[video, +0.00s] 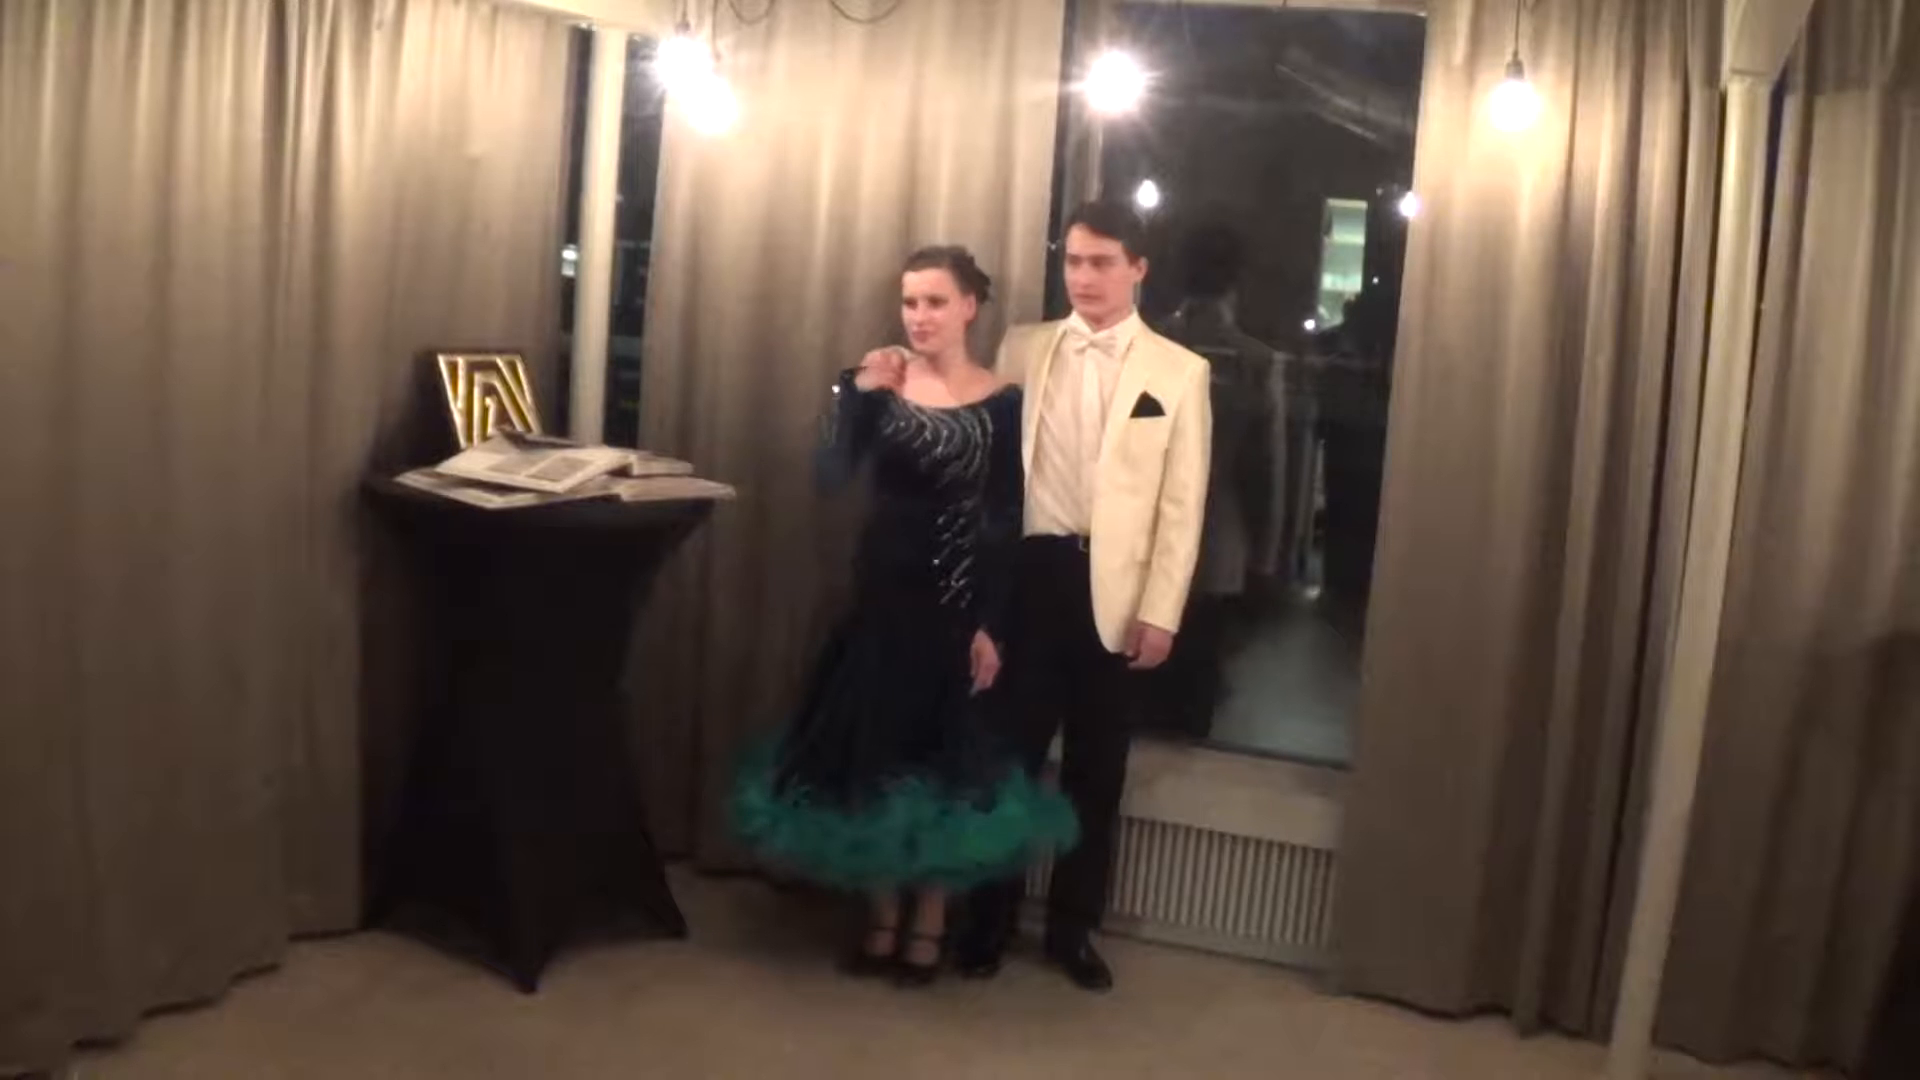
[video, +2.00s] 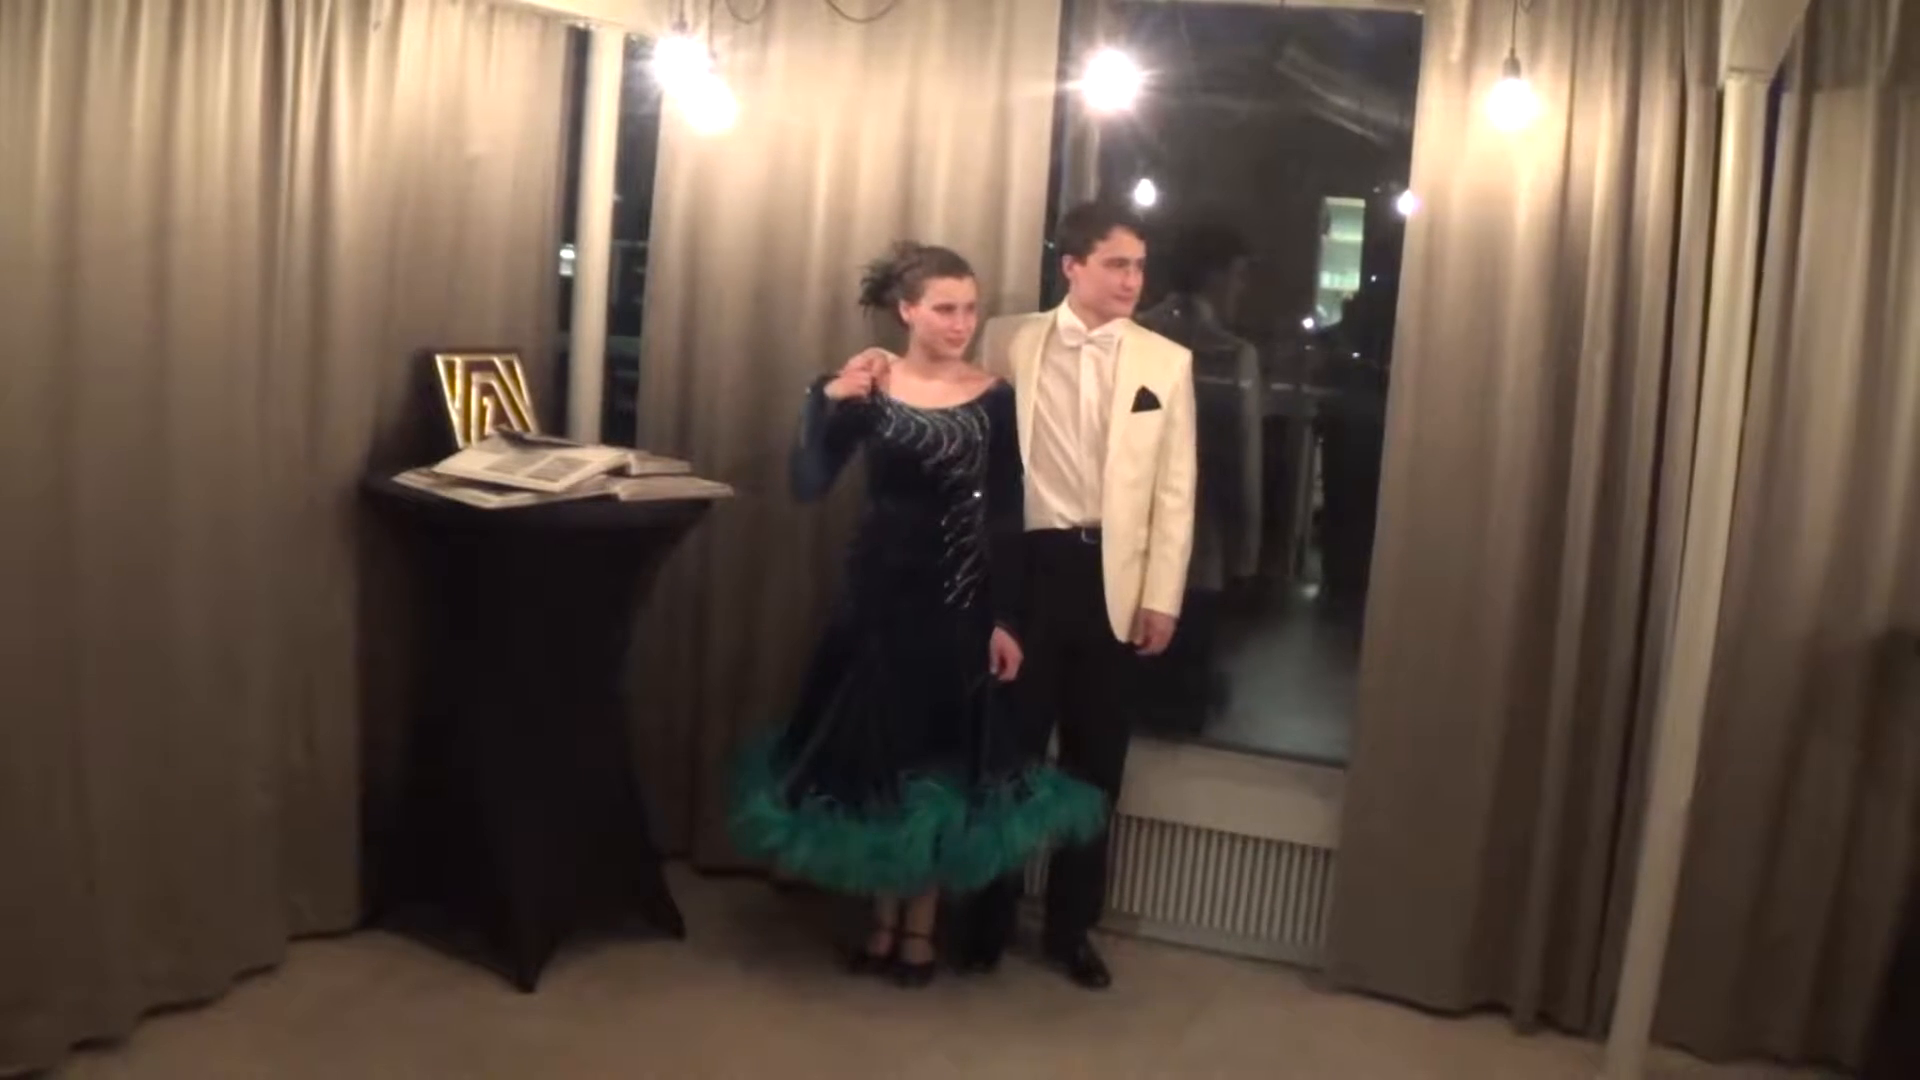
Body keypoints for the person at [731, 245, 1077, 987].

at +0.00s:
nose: (919, 316)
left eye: (935, 302)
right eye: (910, 302)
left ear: (973, 307)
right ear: (899, 309)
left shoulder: (1001, 400)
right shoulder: (884, 388)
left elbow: (1004, 520)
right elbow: (831, 477)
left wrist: (991, 623)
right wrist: (859, 391)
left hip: (960, 600)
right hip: (885, 591)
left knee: (944, 753)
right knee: (879, 748)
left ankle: (931, 908)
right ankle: (882, 905)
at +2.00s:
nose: (959, 323)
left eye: (969, 309)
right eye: (943, 309)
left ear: (981, 314)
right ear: (904, 311)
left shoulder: (992, 397)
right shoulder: (872, 384)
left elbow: (1006, 515)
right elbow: (810, 482)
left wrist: (1005, 618)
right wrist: (830, 398)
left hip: (960, 598)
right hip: (884, 592)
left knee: (942, 753)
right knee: (882, 748)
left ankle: (923, 913)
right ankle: (881, 909)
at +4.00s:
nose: (955, 321)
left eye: (965, 307)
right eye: (939, 307)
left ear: (977, 312)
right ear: (899, 311)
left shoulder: (990, 394)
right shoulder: (870, 383)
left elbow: (1003, 512)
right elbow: (809, 480)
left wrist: (1006, 616)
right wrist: (833, 399)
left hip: (959, 598)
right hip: (882, 592)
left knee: (938, 753)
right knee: (881, 749)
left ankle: (922, 908)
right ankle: (880, 904)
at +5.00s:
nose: (937, 354)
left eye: (941, 334)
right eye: (917, 346)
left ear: (953, 322)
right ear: (888, 351)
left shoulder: (992, 407)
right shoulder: (875, 408)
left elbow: (1011, 519)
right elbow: (809, 494)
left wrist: (972, 520)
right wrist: (825, 416)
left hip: (964, 610)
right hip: (889, 603)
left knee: (936, 759)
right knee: (869, 755)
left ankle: (915, 920)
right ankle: (872, 951)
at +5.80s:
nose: (933, 323)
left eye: (940, 309)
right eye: (915, 309)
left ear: (948, 317)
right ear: (869, 317)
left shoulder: (968, 407)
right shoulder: (837, 393)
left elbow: (991, 525)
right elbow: (747, 479)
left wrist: (1055, 607)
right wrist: (788, 400)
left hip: (933, 617)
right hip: (850, 611)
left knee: (917, 793)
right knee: (848, 785)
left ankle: (883, 985)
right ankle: (878, 954)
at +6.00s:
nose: (942, 324)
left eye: (948, 310)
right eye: (924, 308)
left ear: (953, 320)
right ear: (872, 316)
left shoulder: (962, 412)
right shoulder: (827, 400)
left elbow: (1005, 532)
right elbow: (726, 471)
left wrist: (1105, 551)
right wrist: (782, 389)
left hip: (924, 626)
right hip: (842, 620)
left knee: (905, 799)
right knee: (846, 790)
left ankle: (870, 985)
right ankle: (872, 965)